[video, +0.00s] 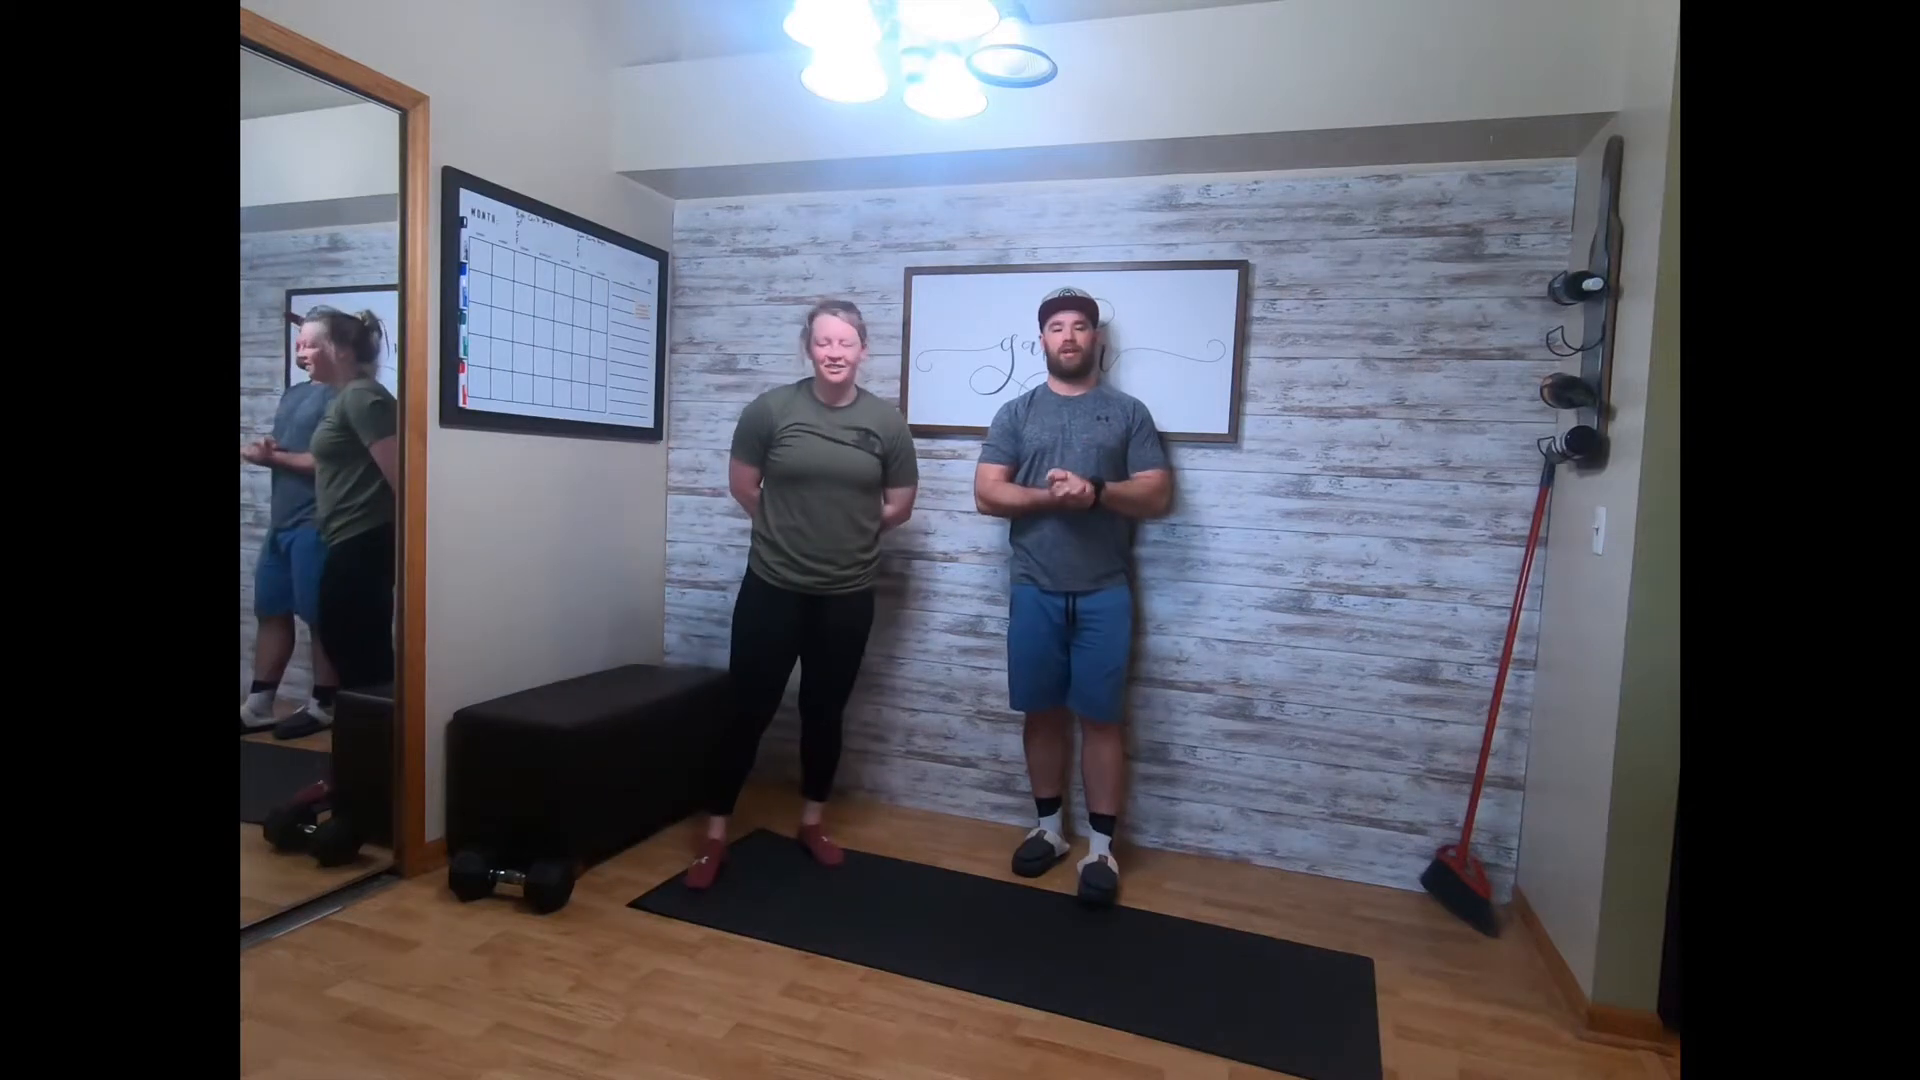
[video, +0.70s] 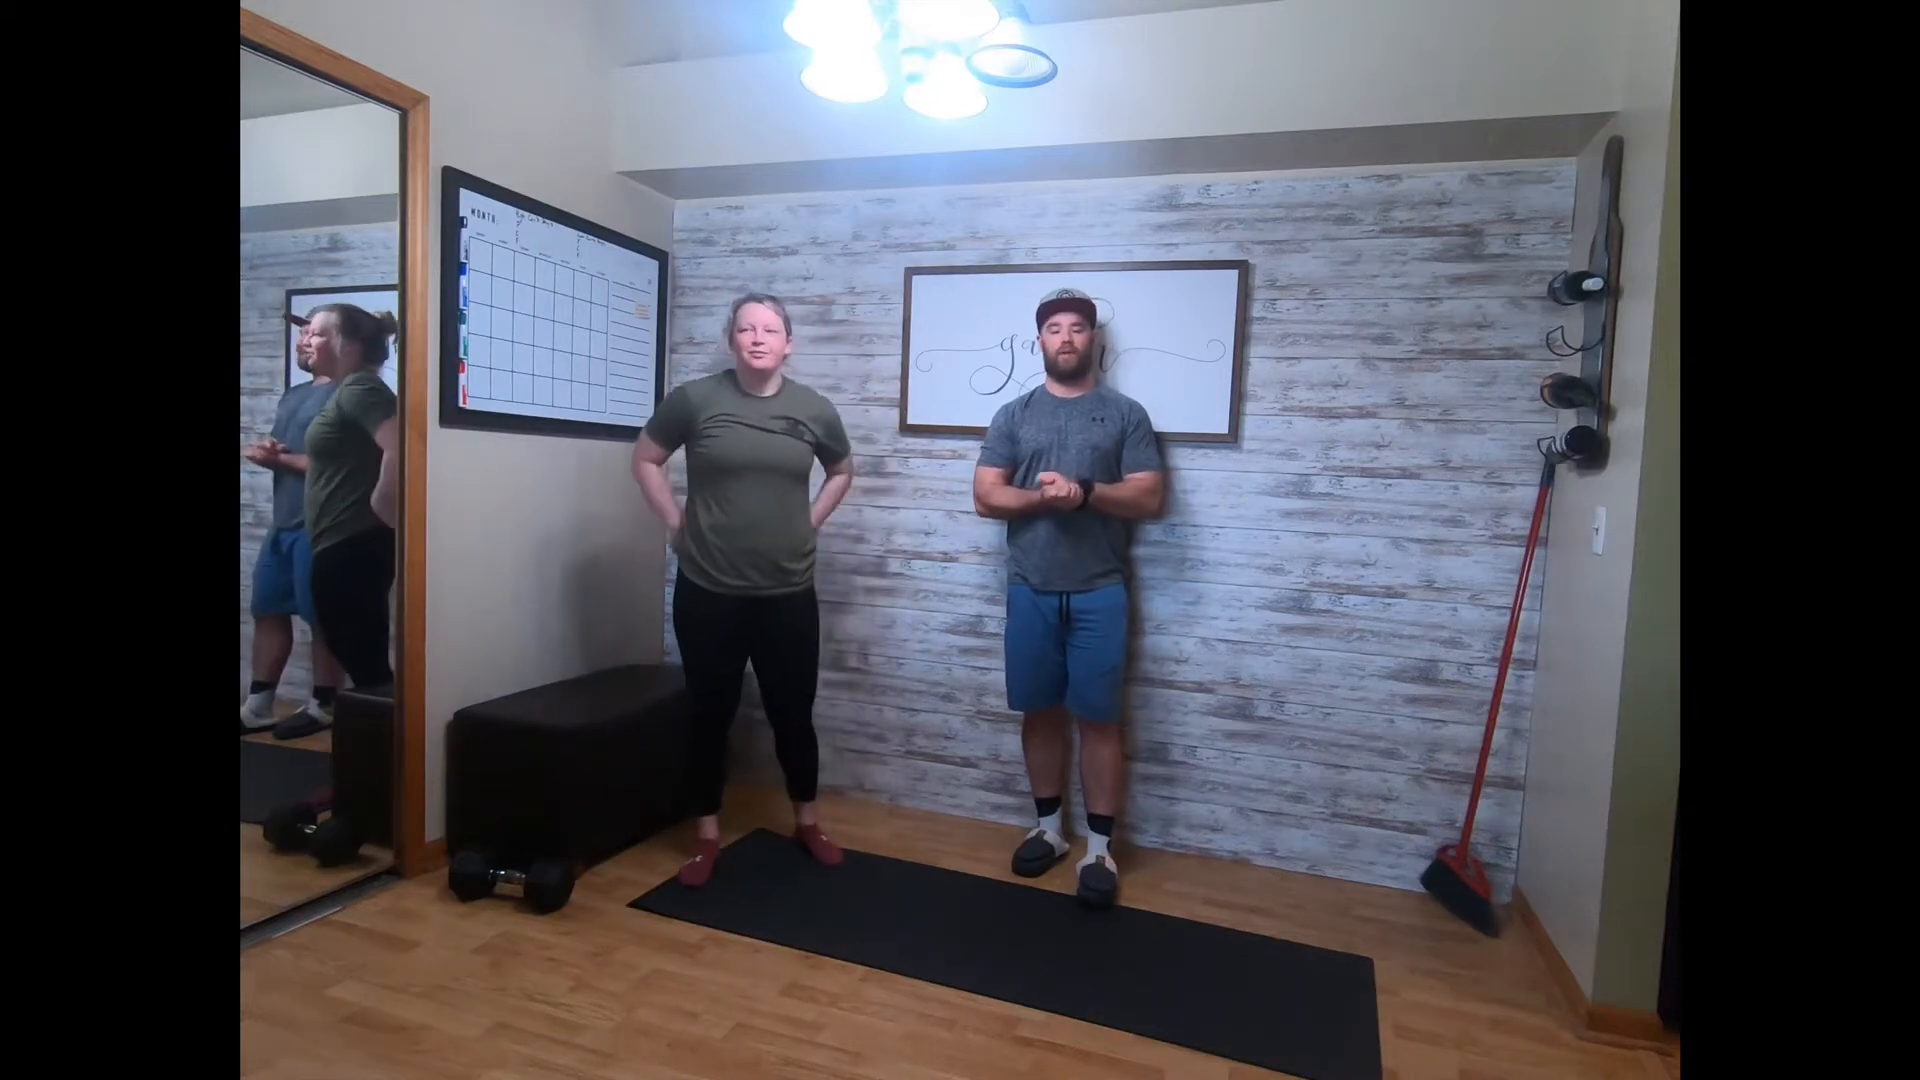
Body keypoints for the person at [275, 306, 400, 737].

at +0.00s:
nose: (304, 357)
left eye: (312, 347)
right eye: (304, 348)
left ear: (340, 350)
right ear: (343, 351)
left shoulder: (362, 397)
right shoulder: (345, 398)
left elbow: (405, 481)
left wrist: (418, 546)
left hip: (366, 542)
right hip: (349, 541)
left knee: (354, 649)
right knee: (351, 646)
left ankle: (361, 767)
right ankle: (361, 763)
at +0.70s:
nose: (309, 342)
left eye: (318, 335)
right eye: (310, 334)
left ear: (347, 343)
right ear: (349, 344)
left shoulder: (360, 389)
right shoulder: (346, 391)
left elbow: (399, 444)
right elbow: (337, 466)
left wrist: (384, 500)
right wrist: (283, 457)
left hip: (356, 542)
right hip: (340, 542)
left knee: (361, 657)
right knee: (357, 655)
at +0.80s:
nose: (311, 341)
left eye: (320, 334)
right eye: (312, 333)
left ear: (349, 343)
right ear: (351, 344)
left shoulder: (362, 386)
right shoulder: (348, 390)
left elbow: (390, 444)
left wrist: (336, 486)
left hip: (357, 543)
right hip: (343, 541)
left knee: (357, 651)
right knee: (349, 649)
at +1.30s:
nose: (315, 338)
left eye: (326, 331)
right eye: (318, 330)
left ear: (356, 342)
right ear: (348, 344)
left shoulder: (369, 386)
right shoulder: (346, 389)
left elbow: (358, 449)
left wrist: (318, 417)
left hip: (360, 543)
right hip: (340, 541)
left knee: (357, 655)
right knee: (346, 651)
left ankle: (375, 758)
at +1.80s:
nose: (309, 355)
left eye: (313, 343)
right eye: (308, 345)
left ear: (341, 343)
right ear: (348, 344)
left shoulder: (376, 392)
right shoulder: (349, 393)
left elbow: (333, 450)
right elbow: (329, 455)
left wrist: (324, 403)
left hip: (364, 548)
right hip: (342, 547)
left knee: (358, 655)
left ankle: (373, 756)